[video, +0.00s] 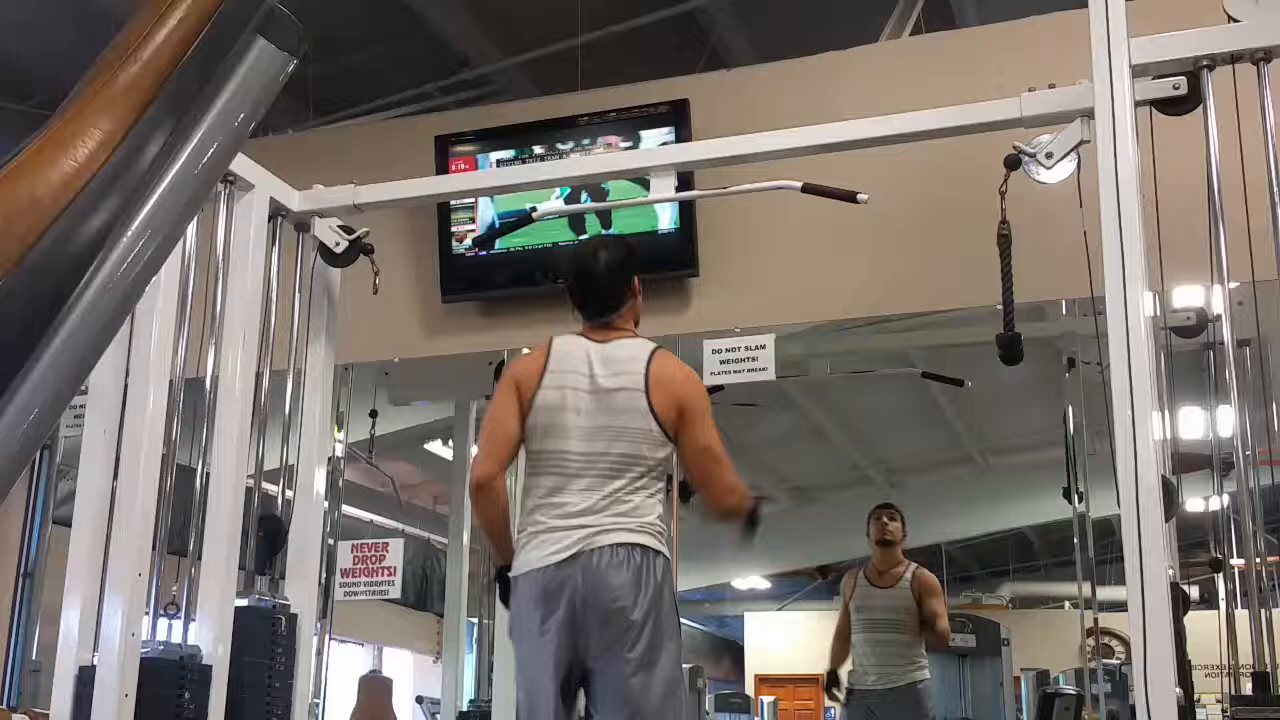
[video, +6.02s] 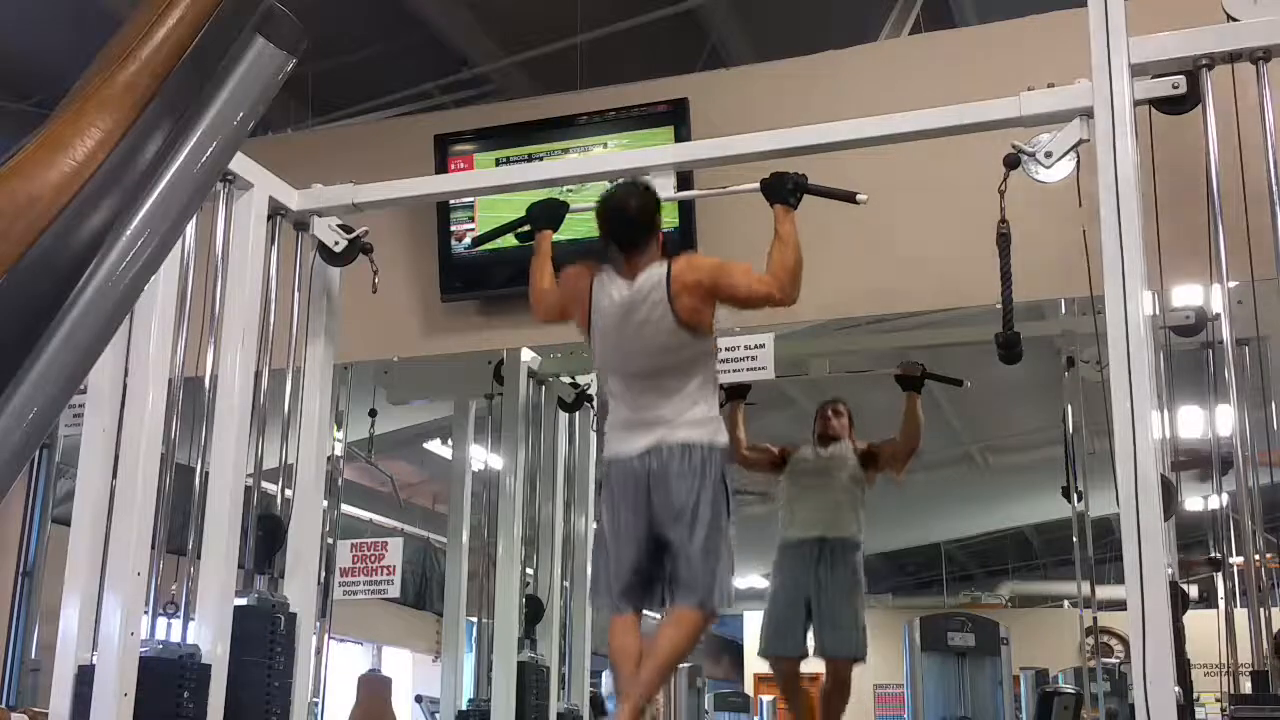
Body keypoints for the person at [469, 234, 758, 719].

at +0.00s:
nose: (642, 290)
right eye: (641, 283)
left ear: (574, 299)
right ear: (637, 290)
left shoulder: (529, 368)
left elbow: (484, 476)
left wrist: (506, 561)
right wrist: (744, 504)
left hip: (540, 571)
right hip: (632, 567)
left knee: (541, 713)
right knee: (639, 711)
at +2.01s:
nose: (685, 313)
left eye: (680, 305)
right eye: (680, 306)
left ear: (621, 320)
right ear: (667, 316)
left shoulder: (597, 363)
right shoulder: (701, 353)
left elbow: (550, 299)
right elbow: (768, 277)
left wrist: (541, 225)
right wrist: (783, 189)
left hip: (626, 553)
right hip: (696, 545)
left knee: (630, 706)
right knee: (716, 703)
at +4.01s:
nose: (659, 153)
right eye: (659, 145)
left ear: (607, 169)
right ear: (661, 155)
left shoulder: (584, 227)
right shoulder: (696, 215)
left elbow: (544, 297)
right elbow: (771, 278)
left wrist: (540, 230)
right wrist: (784, 204)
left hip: (631, 391)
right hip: (694, 385)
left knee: (652, 534)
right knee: (706, 529)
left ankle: (665, 671)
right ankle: (653, 665)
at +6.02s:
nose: (659, 224)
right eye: (657, 218)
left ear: (605, 235)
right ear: (660, 226)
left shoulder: (588, 285)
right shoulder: (693, 273)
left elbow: (543, 302)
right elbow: (781, 288)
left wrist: (542, 238)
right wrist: (785, 210)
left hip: (622, 458)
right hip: (691, 452)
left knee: (622, 601)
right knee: (696, 596)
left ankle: (630, 715)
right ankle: (631, 708)